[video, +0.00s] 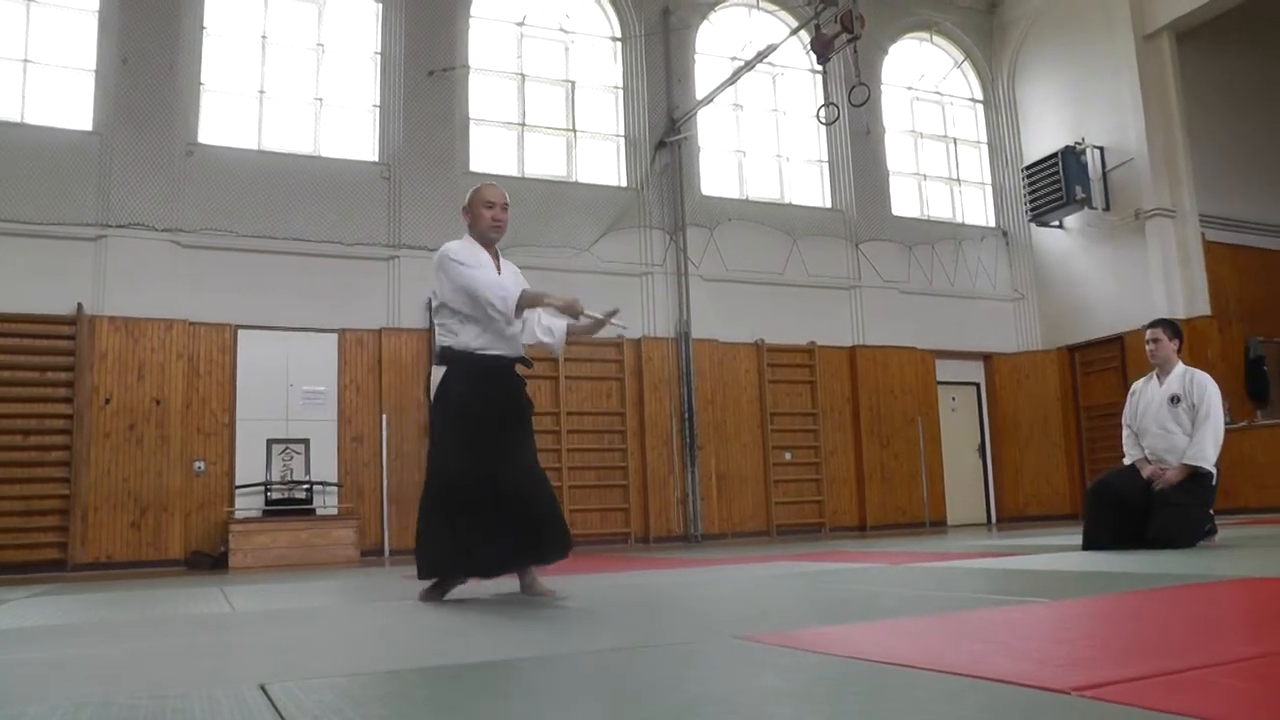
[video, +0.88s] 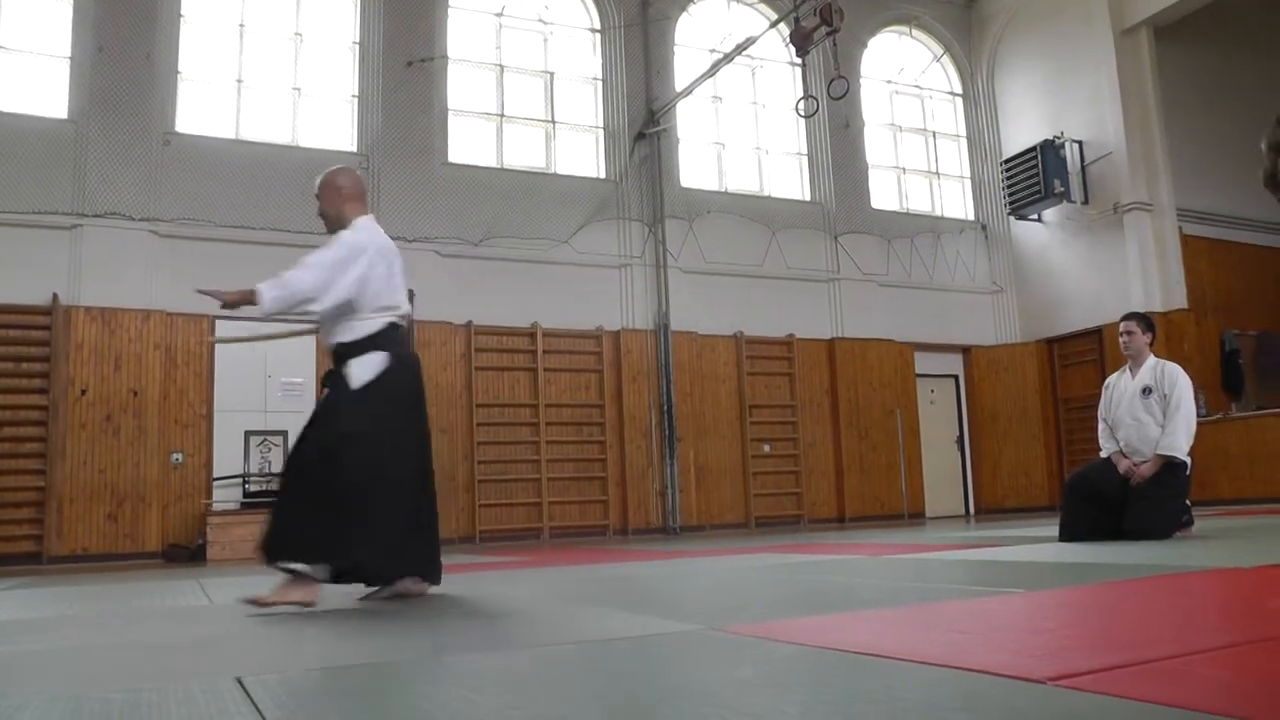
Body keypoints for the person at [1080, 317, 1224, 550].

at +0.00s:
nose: (1150, 348)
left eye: (1156, 341)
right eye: (1147, 342)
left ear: (1175, 344)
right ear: (1144, 347)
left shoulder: (1199, 382)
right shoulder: (1138, 389)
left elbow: (1209, 432)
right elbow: (1128, 432)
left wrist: (1181, 471)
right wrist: (1143, 465)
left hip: (1190, 476)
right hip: (1146, 473)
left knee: (1164, 538)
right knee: (1101, 493)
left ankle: (1204, 522)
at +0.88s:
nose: (1123, 339)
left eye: (1130, 333)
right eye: (1121, 335)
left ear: (1148, 338)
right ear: (1118, 340)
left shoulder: (1170, 373)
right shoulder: (1111, 383)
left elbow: (1181, 423)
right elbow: (1103, 427)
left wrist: (1154, 464)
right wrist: (1119, 459)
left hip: (1165, 467)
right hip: (1121, 466)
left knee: (1139, 529)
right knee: (1079, 486)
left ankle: (1182, 513)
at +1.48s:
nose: (1128, 354)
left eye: (1134, 348)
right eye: (1124, 350)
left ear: (1152, 352)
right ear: (1121, 355)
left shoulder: (1174, 390)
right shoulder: (1114, 398)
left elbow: (1185, 440)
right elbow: (1106, 443)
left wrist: (1157, 480)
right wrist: (1121, 476)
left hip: (1167, 483)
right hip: (1123, 481)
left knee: (1143, 544)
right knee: (1081, 501)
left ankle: (1184, 529)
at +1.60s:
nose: (1130, 360)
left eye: (1136, 354)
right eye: (1126, 355)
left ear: (1154, 358)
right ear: (1123, 360)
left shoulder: (1176, 395)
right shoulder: (1116, 403)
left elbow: (1186, 446)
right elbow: (1107, 448)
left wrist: (1158, 486)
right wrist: (1123, 481)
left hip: (1169, 488)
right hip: (1125, 487)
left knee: (1145, 551)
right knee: (1083, 506)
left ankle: (1186, 534)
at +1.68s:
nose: (1131, 363)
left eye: (1137, 358)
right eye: (1127, 359)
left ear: (1155, 362)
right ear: (1124, 364)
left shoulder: (1177, 399)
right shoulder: (1117, 407)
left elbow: (1187, 450)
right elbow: (1109, 452)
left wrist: (1159, 490)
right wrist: (1124, 485)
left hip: (1170, 492)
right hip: (1126, 491)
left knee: (1146, 555)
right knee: (1084, 511)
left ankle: (1187, 538)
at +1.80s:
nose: (1131, 368)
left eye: (1138, 362)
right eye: (1128, 364)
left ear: (1155, 366)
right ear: (1125, 369)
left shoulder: (1178, 403)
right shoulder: (1118, 411)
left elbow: (1188, 454)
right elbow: (1110, 456)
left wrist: (1160, 494)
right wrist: (1125, 489)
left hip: (1171, 496)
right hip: (1127, 494)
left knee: (1148, 559)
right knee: (1084, 516)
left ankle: (1188, 542)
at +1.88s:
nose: (1132, 371)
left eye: (1138, 365)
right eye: (1128, 366)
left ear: (1156, 368)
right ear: (1125, 371)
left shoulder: (1179, 405)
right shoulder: (1119, 414)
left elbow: (1189, 457)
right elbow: (1111, 459)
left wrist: (1161, 496)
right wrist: (1126, 492)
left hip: (1172, 499)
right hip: (1128, 497)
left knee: (1148, 560)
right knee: (1086, 517)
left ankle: (1189, 544)